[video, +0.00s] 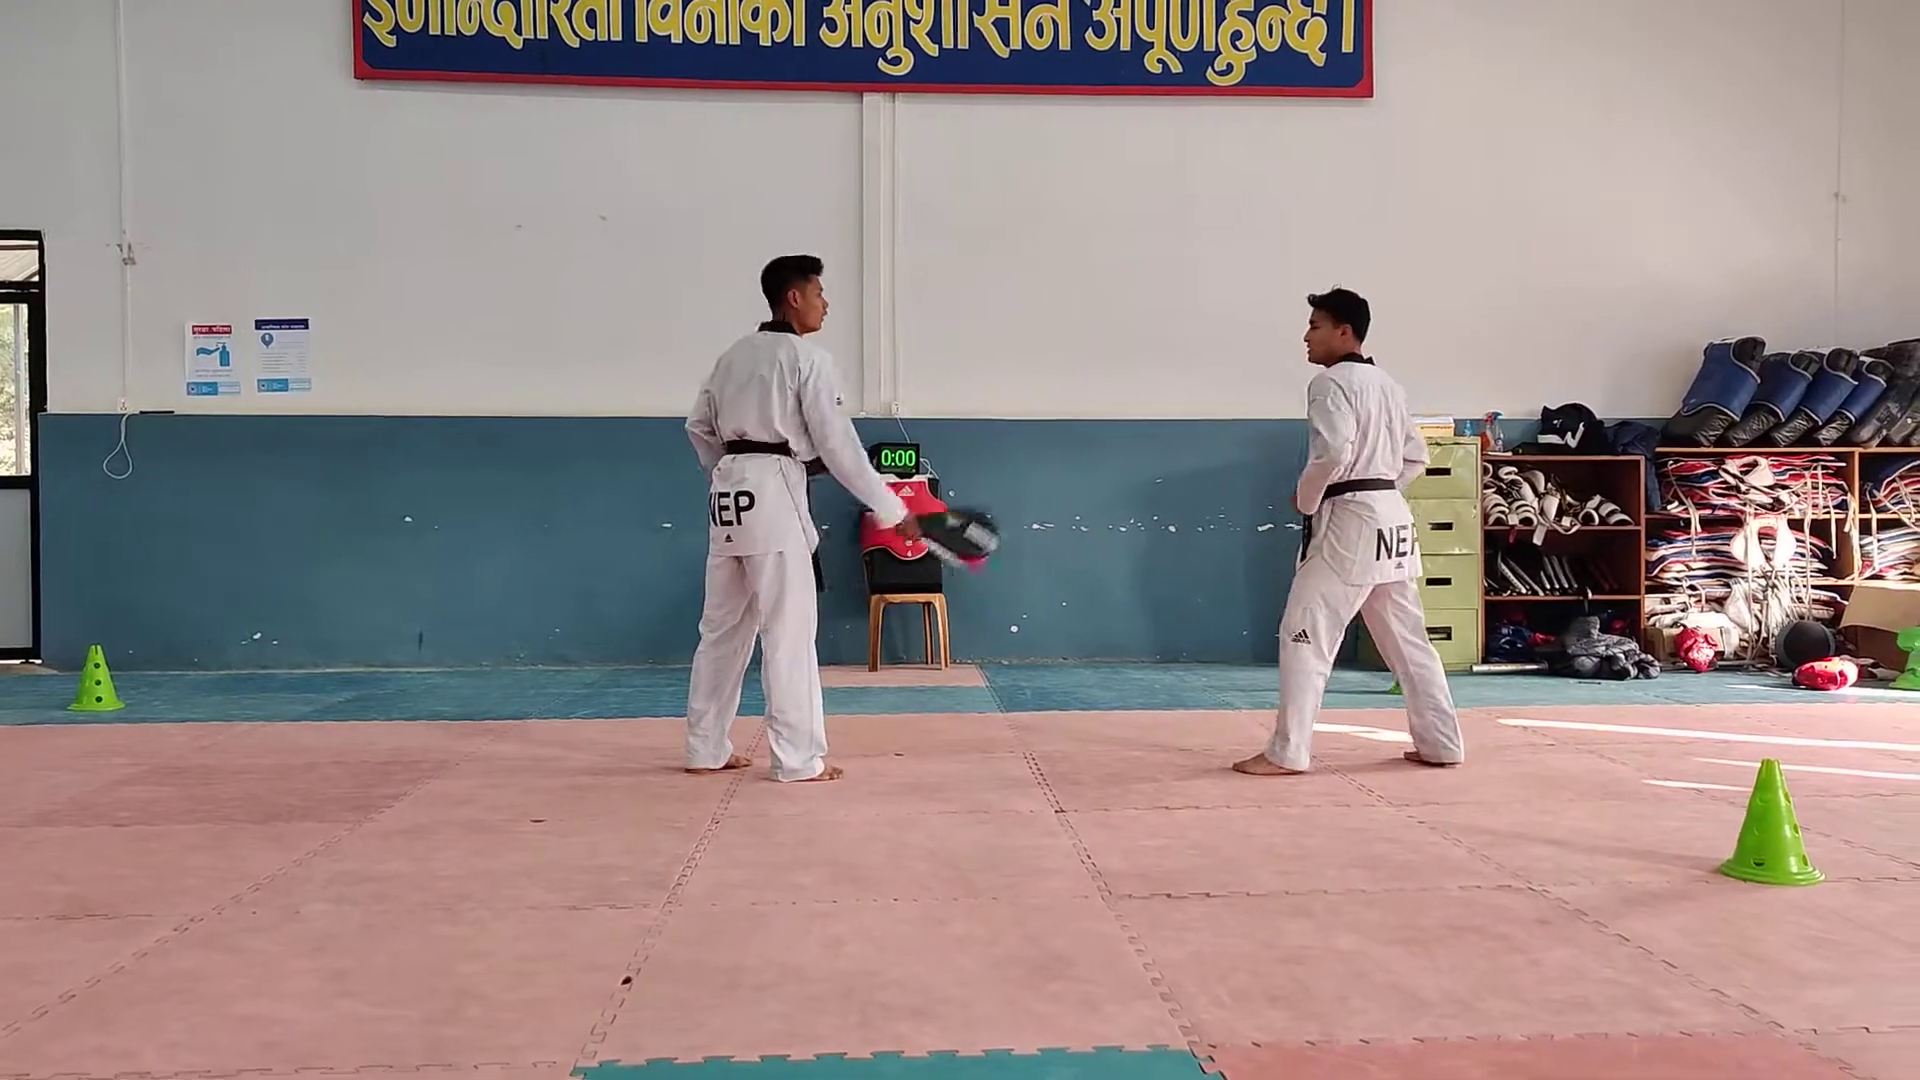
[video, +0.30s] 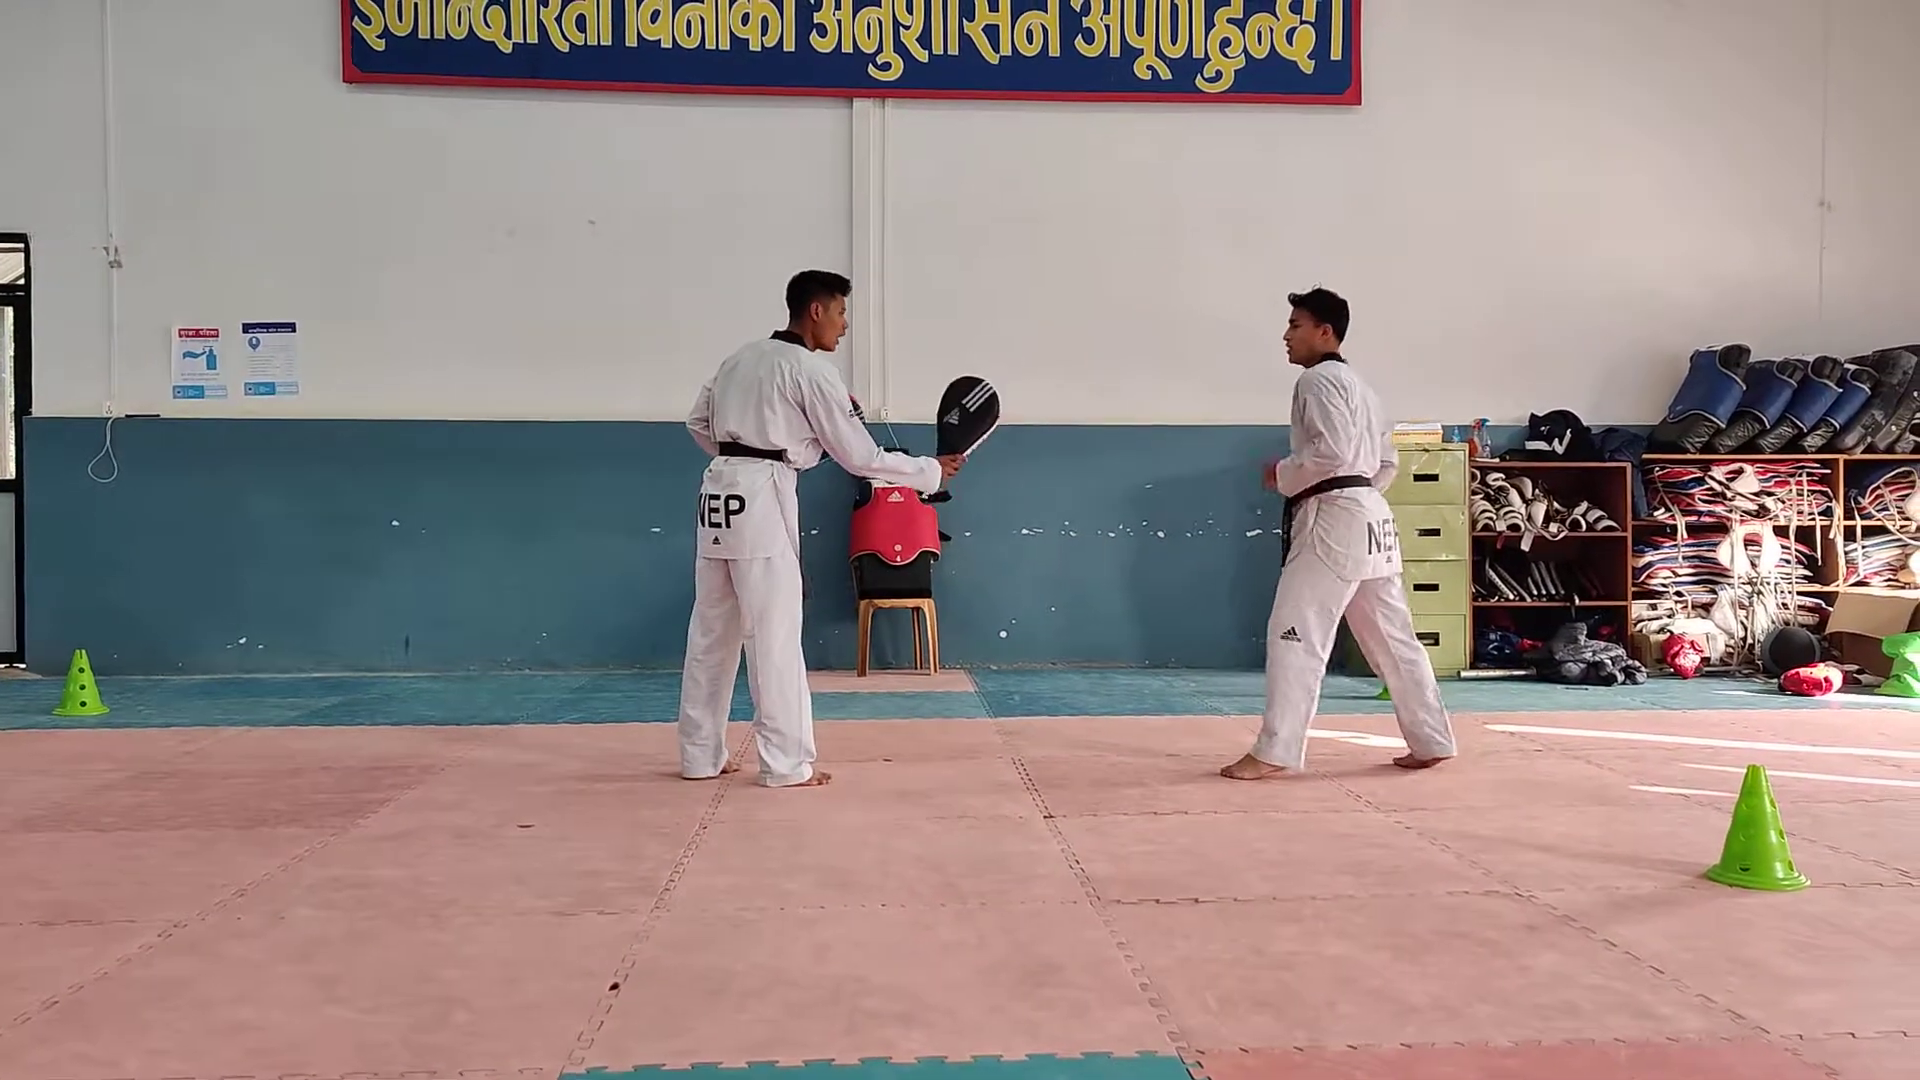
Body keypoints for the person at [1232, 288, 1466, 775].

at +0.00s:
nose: (1306, 335)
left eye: (1314, 326)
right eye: (1308, 325)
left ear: (1345, 332)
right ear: (1351, 335)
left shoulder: (1330, 381)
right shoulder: (1388, 385)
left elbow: (1332, 451)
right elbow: (1416, 455)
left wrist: (1305, 497)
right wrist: (1377, 489)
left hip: (1350, 518)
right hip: (1396, 517)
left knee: (1305, 634)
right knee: (1407, 638)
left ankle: (1288, 752)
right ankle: (1440, 744)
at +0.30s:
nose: (1286, 334)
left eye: (1294, 325)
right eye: (1288, 324)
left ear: (1324, 332)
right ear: (1326, 334)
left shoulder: (1318, 380)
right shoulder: (1363, 389)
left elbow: (1334, 451)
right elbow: (1387, 463)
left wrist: (1284, 473)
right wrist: (1350, 497)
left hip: (1335, 516)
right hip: (1375, 517)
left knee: (1294, 635)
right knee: (1393, 637)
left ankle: (1276, 753)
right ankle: (1432, 742)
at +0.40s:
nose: (1274, 343)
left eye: (1283, 334)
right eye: (1276, 334)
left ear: (1313, 343)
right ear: (1310, 345)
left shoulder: (1320, 393)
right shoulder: (1312, 396)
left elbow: (1348, 463)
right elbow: (1320, 472)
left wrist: (1277, 494)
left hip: (1328, 527)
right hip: (1350, 527)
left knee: (1269, 631)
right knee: (1387, 641)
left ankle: (1258, 752)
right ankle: (1435, 741)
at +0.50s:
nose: (1258, 362)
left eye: (1267, 354)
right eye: (1261, 353)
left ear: (1297, 363)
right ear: (1291, 364)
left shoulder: (1313, 411)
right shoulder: (1272, 426)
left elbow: (1351, 451)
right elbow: (1242, 476)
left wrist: (1287, 419)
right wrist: (1188, 456)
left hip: (1308, 545)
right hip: (1325, 545)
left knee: (1236, 642)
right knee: (1382, 654)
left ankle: (1244, 759)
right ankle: (1439, 752)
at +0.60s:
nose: (1243, 342)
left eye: (1251, 334)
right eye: (1245, 333)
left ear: (1278, 342)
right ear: (1271, 339)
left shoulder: (1292, 391)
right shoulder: (1232, 397)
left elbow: (1318, 413)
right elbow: (1180, 429)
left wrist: (1264, 372)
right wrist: (1156, 393)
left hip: (1275, 528)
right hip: (1251, 531)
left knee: (1231, 641)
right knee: (1296, 647)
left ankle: (1253, 759)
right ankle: (1383, 701)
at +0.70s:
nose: (1217, 330)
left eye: (1225, 319)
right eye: (1219, 320)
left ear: (1255, 321)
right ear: (1249, 322)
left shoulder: (1286, 372)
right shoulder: (1220, 385)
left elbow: (1248, 417)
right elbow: (1192, 453)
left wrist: (1176, 437)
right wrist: (1149, 499)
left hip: (1250, 507)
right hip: (1198, 500)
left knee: (1237, 623)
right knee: (1122, 563)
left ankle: (1251, 752)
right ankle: (1205, 631)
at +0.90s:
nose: (1132, 312)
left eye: (1139, 302)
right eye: (1133, 302)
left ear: (1167, 306)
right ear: (1169, 308)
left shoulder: (1173, 361)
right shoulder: (1184, 359)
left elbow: (1116, 426)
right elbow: (1209, 437)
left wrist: (1055, 423)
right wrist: (1230, 494)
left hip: (1172, 506)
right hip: (1135, 487)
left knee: (1164, 621)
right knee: (1056, 455)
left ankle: (1212, 714)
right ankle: (964, 513)